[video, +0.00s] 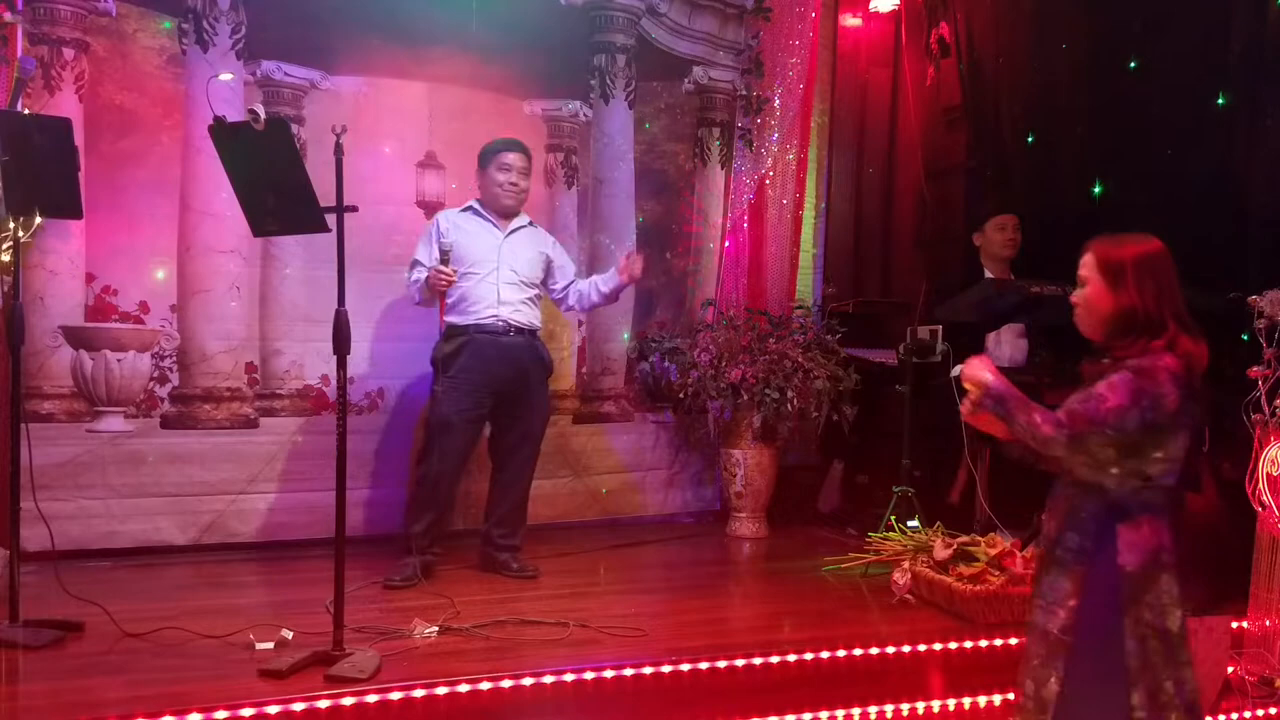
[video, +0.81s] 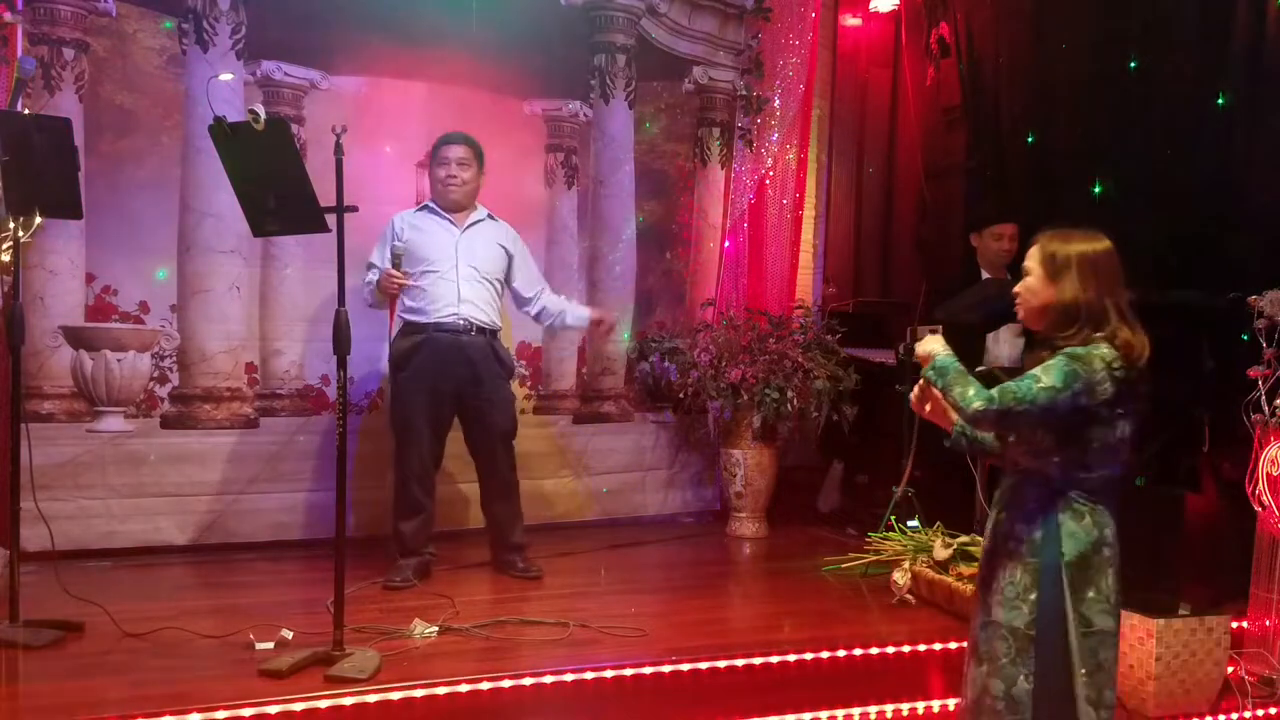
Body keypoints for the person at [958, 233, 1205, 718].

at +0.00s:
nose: (1074, 297)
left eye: (1085, 284)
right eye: (1077, 284)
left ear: (1126, 294)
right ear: (1128, 297)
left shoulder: (1153, 375)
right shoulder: (1139, 369)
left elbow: (1063, 435)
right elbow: (1086, 450)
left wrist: (992, 384)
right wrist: (1006, 428)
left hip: (1116, 549)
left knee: (1094, 685)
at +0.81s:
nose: (1016, 288)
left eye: (1029, 277)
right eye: (1021, 276)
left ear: (1068, 289)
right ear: (1070, 292)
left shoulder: (1090, 365)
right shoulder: (1086, 360)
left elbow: (986, 409)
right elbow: (1029, 443)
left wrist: (939, 359)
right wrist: (953, 423)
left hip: (1058, 528)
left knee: (1037, 675)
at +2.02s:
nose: (949, 298)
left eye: (958, 286)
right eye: (952, 286)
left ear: (994, 293)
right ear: (994, 296)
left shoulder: (1009, 373)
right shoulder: (1019, 368)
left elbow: (935, 441)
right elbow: (949, 438)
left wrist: (885, 379)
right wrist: (891, 411)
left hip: (984, 560)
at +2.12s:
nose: (928, 299)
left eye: (937, 286)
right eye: (930, 286)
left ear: (972, 295)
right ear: (972, 298)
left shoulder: (995, 380)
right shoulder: (973, 374)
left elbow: (929, 450)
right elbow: (922, 442)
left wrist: (862, 417)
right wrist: (861, 412)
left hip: (978, 574)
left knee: (980, 696)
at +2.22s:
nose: (904, 298)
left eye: (914, 285)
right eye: (907, 284)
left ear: (948, 296)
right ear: (947, 300)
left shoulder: (975, 377)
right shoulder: (951, 371)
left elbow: (913, 456)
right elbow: (895, 441)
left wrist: (844, 446)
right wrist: (837, 415)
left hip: (958, 563)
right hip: (925, 557)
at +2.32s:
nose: (876, 298)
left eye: (885, 288)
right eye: (880, 287)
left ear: (913, 299)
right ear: (940, 299)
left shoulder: (922, 380)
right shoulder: (966, 369)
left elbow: (871, 456)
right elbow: (881, 441)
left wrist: (813, 444)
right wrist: (819, 418)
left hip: (912, 555)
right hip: (960, 546)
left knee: (891, 675)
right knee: (965, 666)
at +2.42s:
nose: (848, 299)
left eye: (856, 289)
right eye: (852, 288)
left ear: (881, 302)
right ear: (914, 302)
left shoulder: (891, 387)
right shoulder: (942, 375)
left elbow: (828, 453)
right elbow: (863, 442)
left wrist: (775, 437)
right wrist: (800, 425)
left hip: (891, 552)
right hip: (940, 541)